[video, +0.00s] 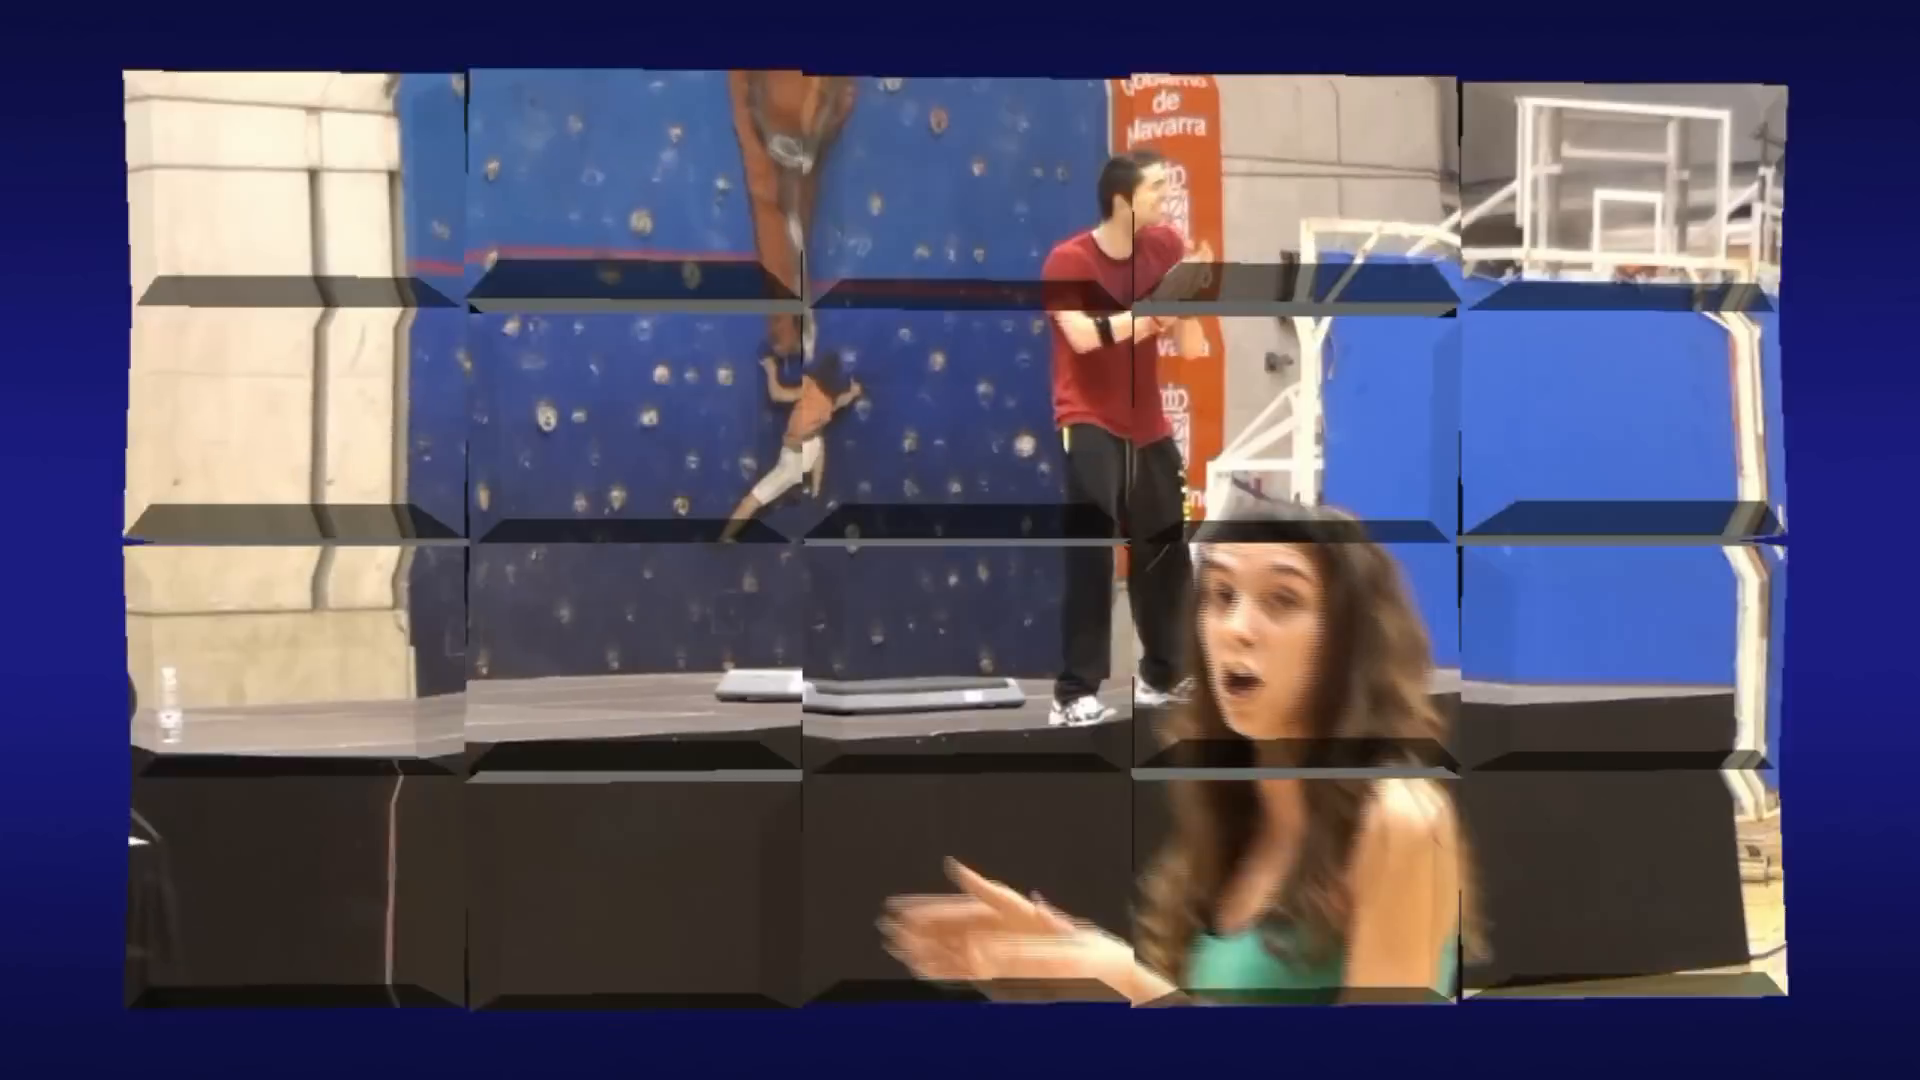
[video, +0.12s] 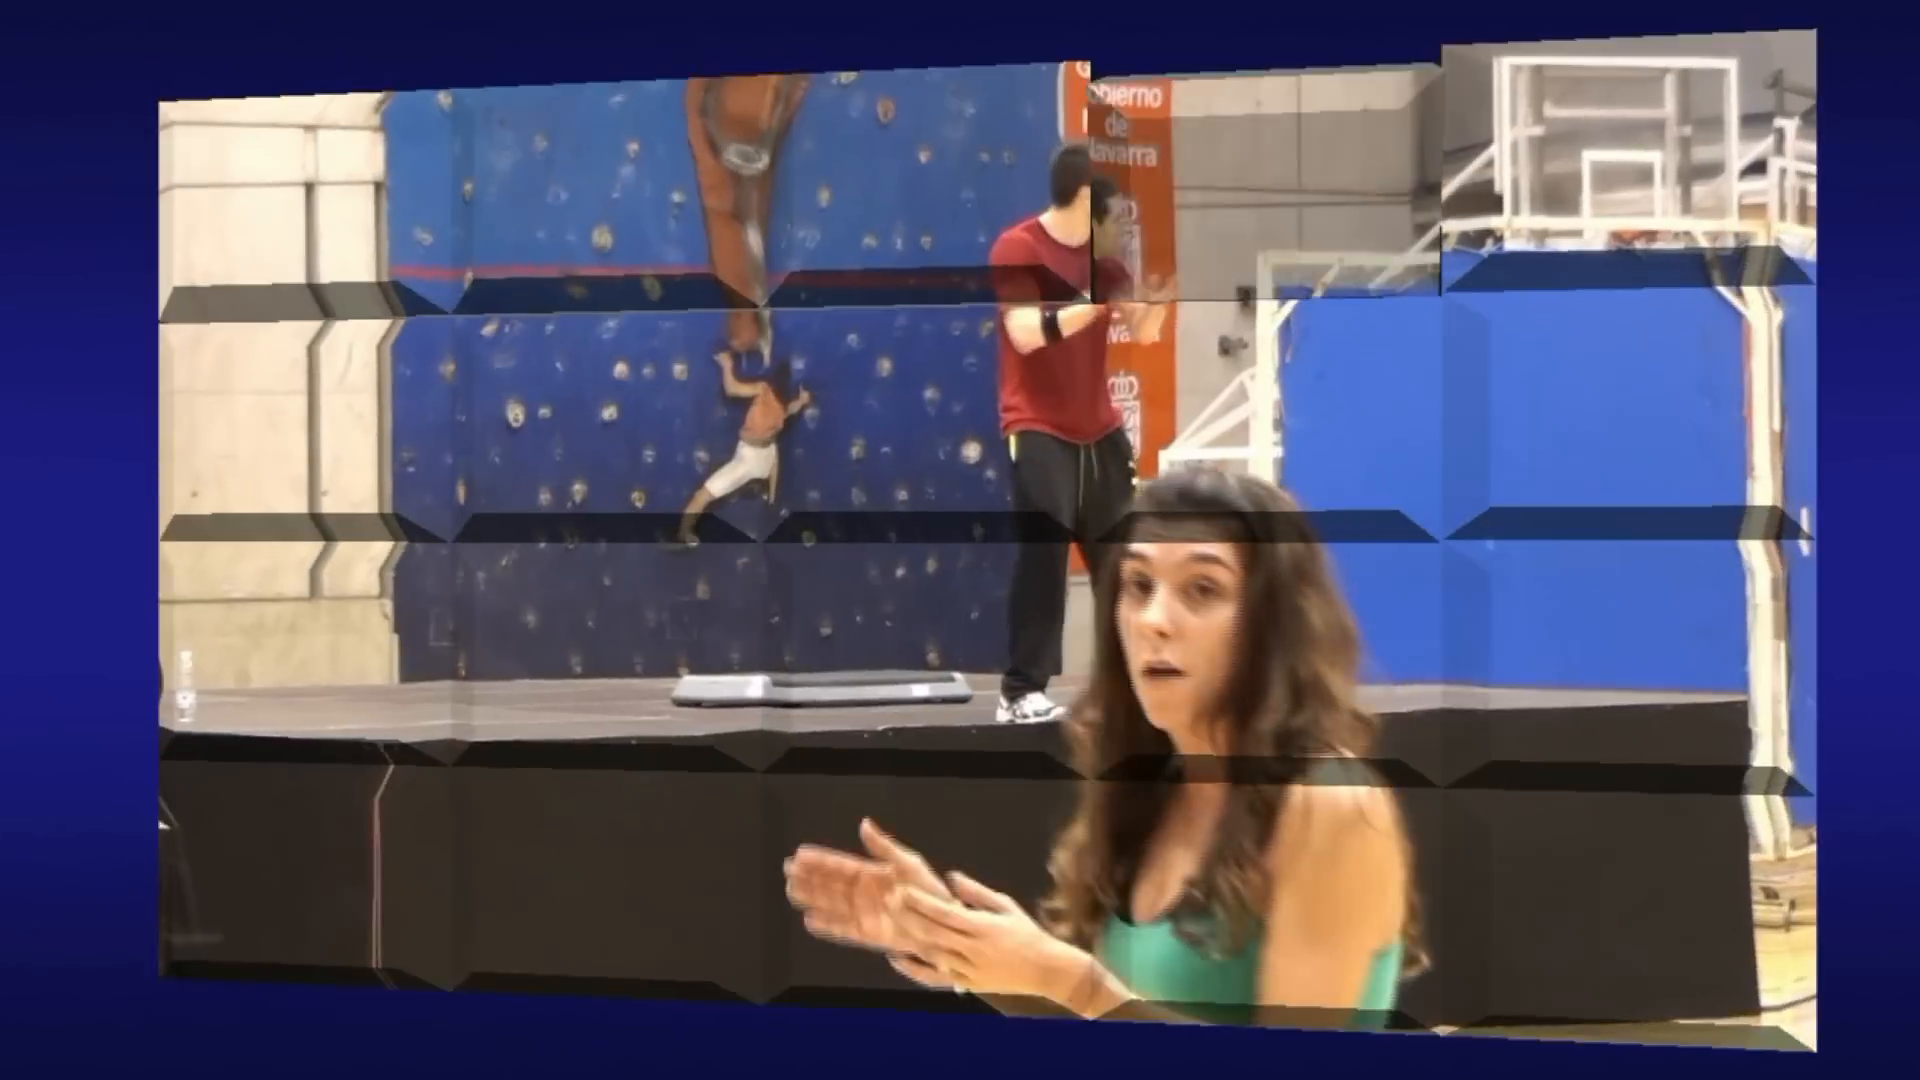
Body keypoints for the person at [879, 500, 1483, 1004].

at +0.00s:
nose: (1236, 630)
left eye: (1282, 602)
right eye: (1221, 596)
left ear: (1353, 637)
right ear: (1200, 616)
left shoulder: (1399, 819)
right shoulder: (1236, 821)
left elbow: (1379, 1056)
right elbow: (1216, 1027)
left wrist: (1111, 971)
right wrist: (1075, 950)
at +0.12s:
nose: (1155, 621)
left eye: (1203, 591)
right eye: (1137, 586)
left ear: (1276, 620)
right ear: (1111, 609)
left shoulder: (1335, 814)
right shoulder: (1143, 798)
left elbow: (1294, 1047)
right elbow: (1101, 1012)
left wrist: (1064, 978)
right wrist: (950, 945)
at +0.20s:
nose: (1130, 614)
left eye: (1178, 582)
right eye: (1114, 579)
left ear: (1250, 608)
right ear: (1091, 602)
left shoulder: (1308, 802)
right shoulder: (1121, 786)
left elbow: (1240, 1060)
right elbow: (1099, 1031)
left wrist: (1003, 960)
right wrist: (968, 945)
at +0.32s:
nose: (1137, 611)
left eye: (1183, 580)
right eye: (1119, 578)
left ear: (1257, 600)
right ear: (1097, 594)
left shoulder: (1315, 795)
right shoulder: (1136, 785)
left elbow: (1249, 1068)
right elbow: (1120, 1043)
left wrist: (1014, 970)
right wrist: (1018, 965)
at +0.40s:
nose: (1166, 613)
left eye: (1212, 580)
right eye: (1145, 580)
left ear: (1288, 600)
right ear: (1122, 600)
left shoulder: (1342, 796)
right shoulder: (1171, 790)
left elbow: (1282, 1074)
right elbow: (1155, 1049)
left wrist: (1039, 977)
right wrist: (1029, 974)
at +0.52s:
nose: (1224, 621)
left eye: (1273, 586)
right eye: (1204, 585)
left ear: (1349, 609)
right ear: (1181, 608)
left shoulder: (1391, 811)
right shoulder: (1251, 796)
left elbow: (1327, 1068)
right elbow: (1228, 1050)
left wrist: (1071, 1000)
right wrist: (1060, 982)